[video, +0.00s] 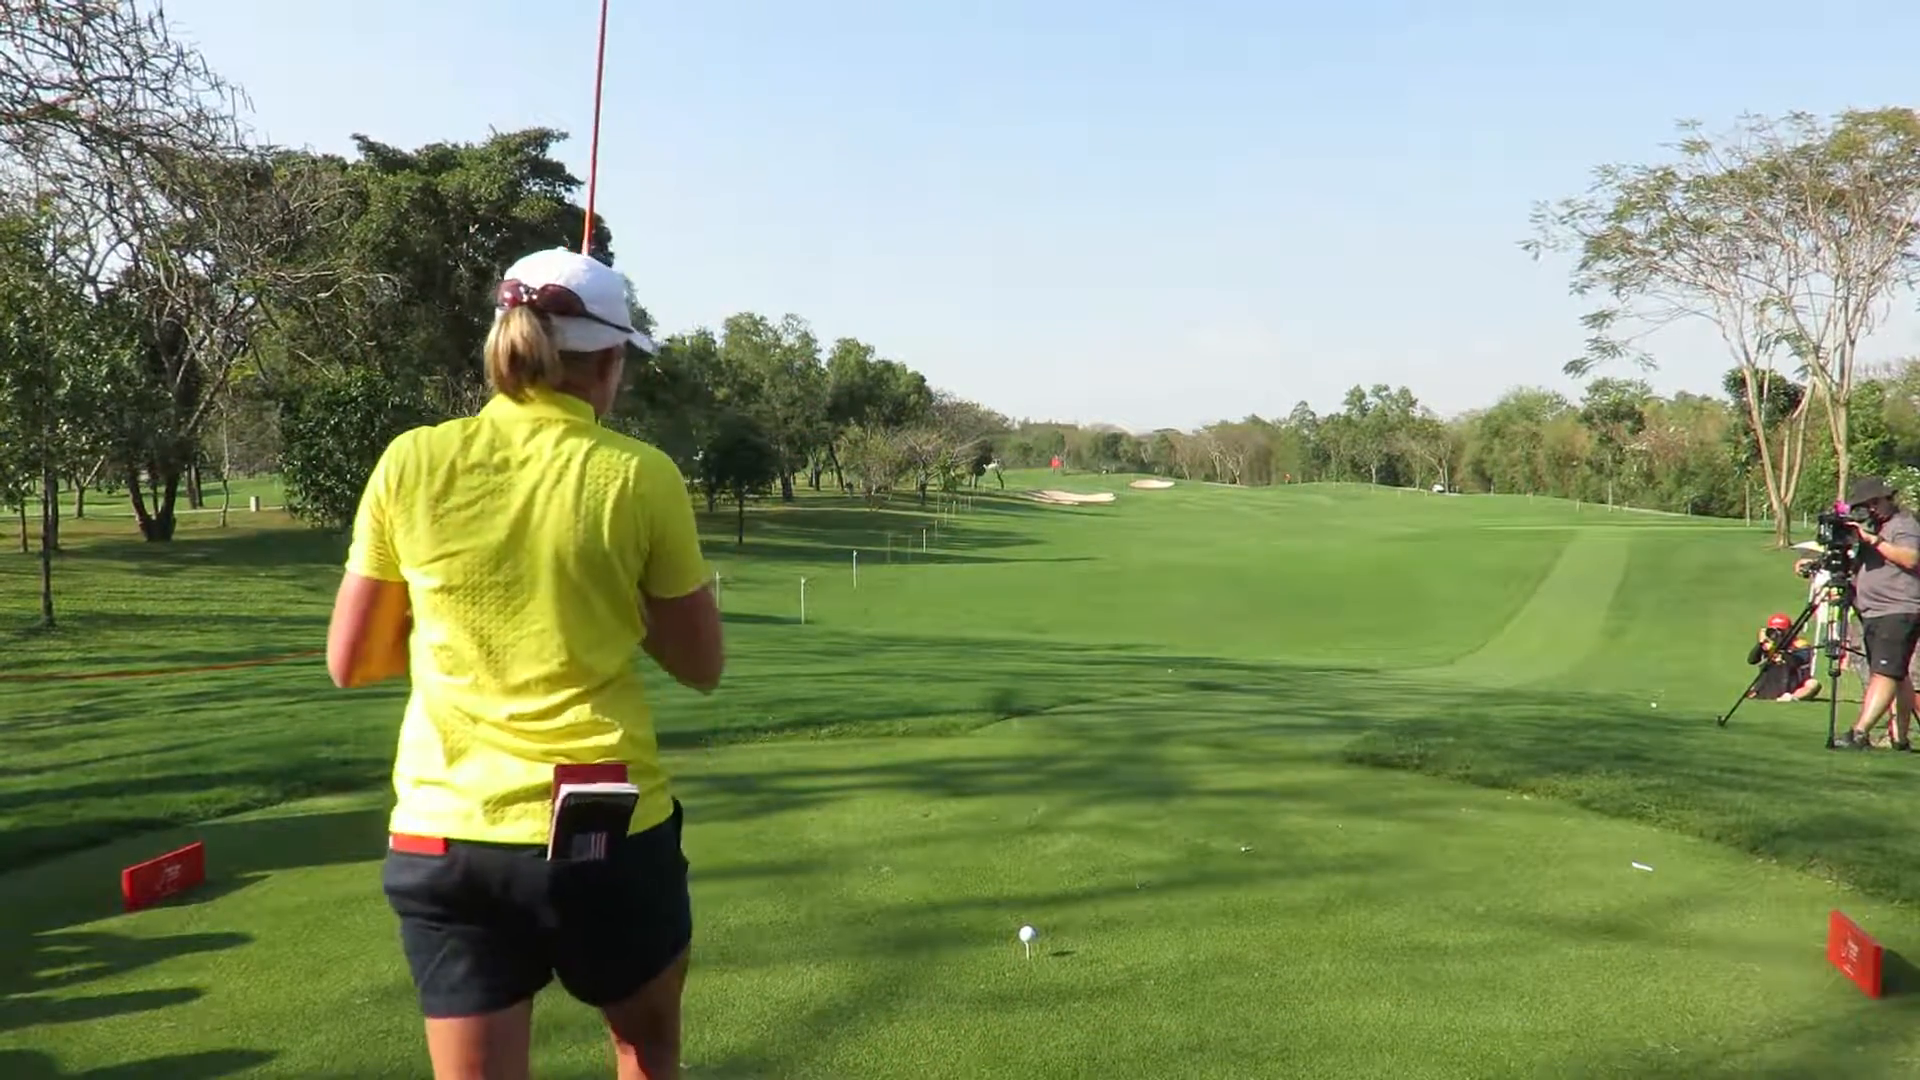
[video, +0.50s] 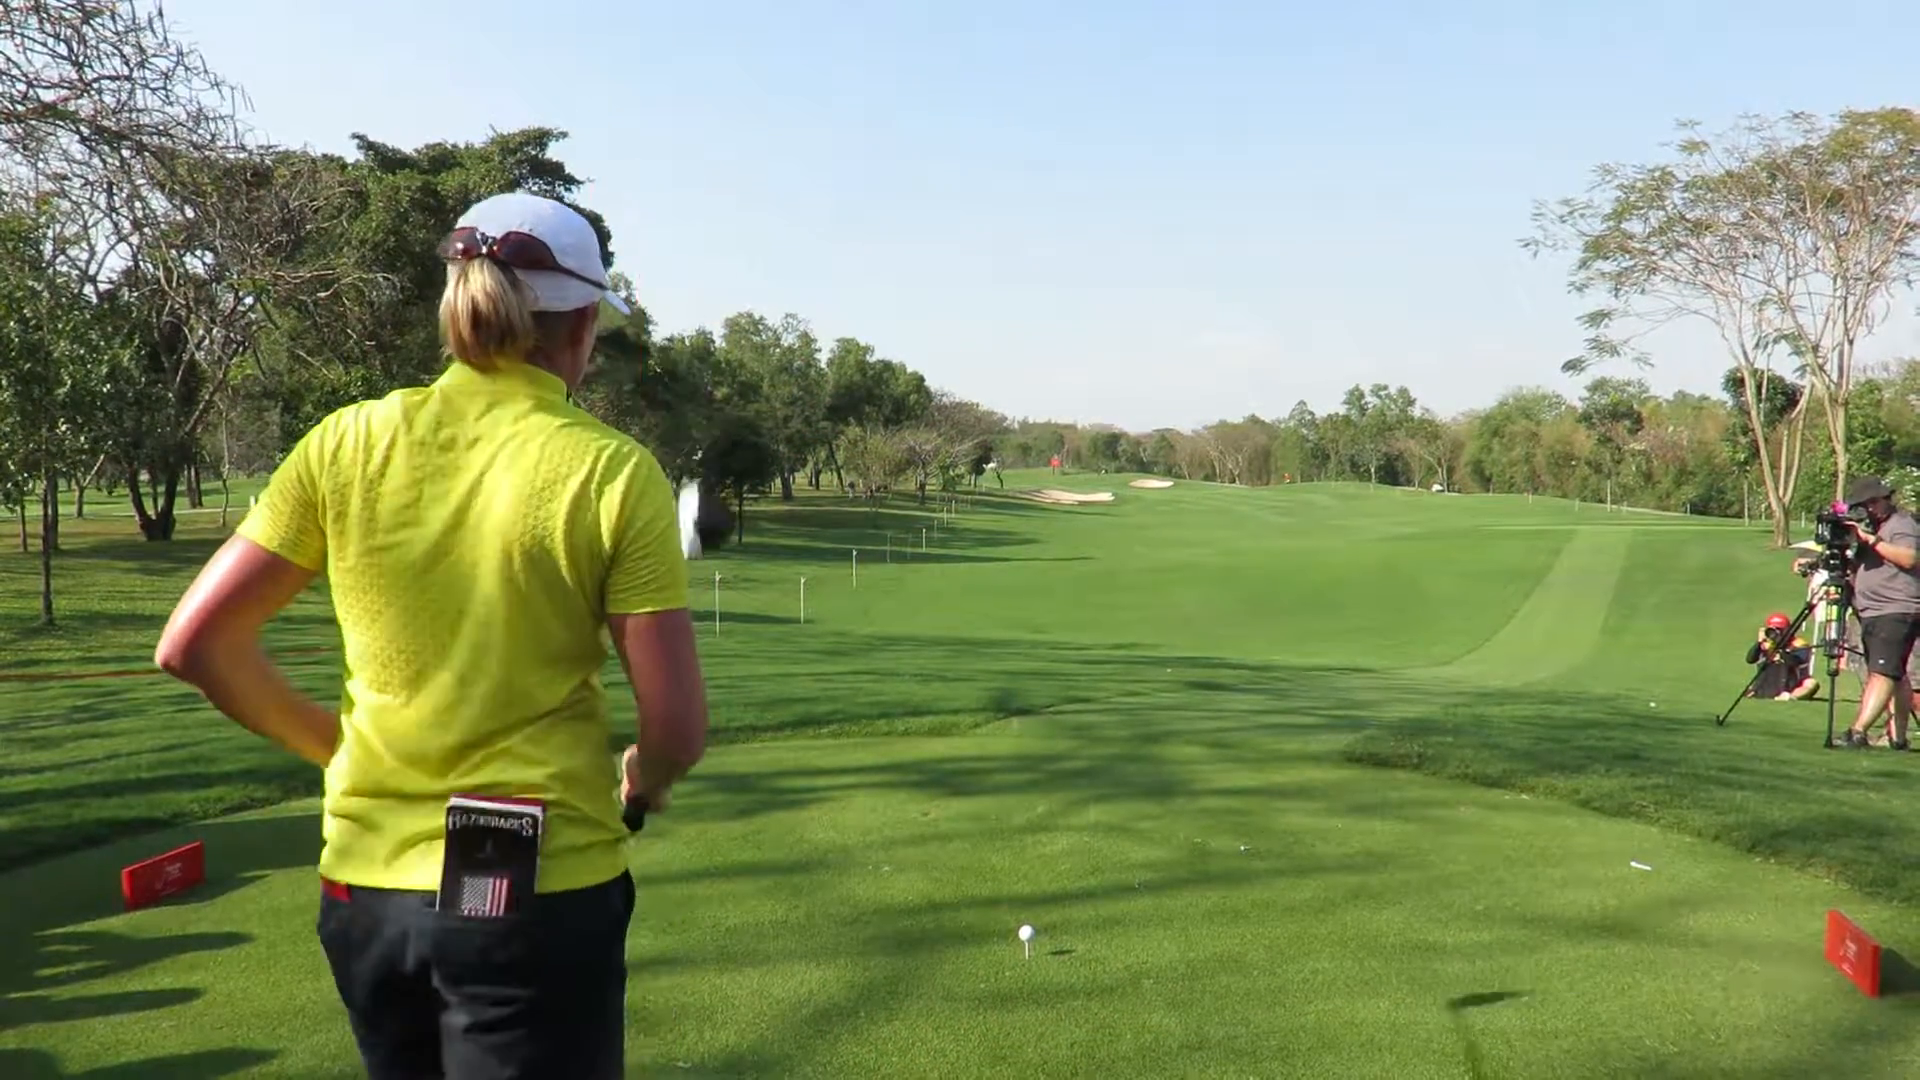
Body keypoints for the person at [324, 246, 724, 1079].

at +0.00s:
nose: (621, 377)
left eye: (622, 358)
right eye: (623, 359)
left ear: (501, 349)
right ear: (606, 364)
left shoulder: (409, 462)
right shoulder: (637, 477)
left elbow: (352, 659)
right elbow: (700, 661)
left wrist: (458, 614)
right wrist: (614, 584)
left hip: (441, 843)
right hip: (606, 839)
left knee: (474, 1070)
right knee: (646, 1047)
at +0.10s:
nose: (610, 363)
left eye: (612, 343)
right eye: (611, 345)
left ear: (486, 336)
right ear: (594, 350)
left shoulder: (387, 450)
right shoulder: (624, 468)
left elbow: (304, 647)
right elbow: (692, 675)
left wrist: (426, 638)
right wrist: (620, 609)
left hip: (419, 848)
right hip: (584, 843)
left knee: (462, 1070)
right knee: (645, 1058)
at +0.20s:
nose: (605, 349)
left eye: (605, 330)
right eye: (603, 332)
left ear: (475, 325)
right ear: (590, 339)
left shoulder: (370, 445)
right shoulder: (616, 467)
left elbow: (255, 634)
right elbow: (685, 692)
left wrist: (396, 659)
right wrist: (621, 625)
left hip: (397, 857)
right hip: (570, 852)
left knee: (450, 1068)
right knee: (633, 1064)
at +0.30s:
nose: (597, 346)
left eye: (597, 326)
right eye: (597, 327)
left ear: (467, 318)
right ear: (582, 333)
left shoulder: (358, 443)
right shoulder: (615, 468)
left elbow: (220, 628)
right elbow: (680, 711)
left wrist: (365, 704)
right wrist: (626, 661)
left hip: (387, 859)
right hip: (563, 858)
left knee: (437, 1065)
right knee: (599, 1063)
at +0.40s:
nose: (594, 346)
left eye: (593, 321)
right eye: (595, 324)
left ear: (462, 310)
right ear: (577, 327)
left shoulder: (350, 442)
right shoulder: (614, 468)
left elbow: (203, 631)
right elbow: (675, 719)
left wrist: (342, 720)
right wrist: (619, 709)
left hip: (379, 871)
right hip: (553, 877)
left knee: (427, 1065)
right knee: (570, 1062)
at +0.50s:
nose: (593, 345)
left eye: (593, 320)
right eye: (594, 323)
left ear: (459, 309)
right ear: (576, 326)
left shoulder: (343, 444)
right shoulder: (610, 470)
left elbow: (198, 643)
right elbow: (676, 727)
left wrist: (338, 743)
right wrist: (642, 783)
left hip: (365, 892)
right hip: (536, 902)